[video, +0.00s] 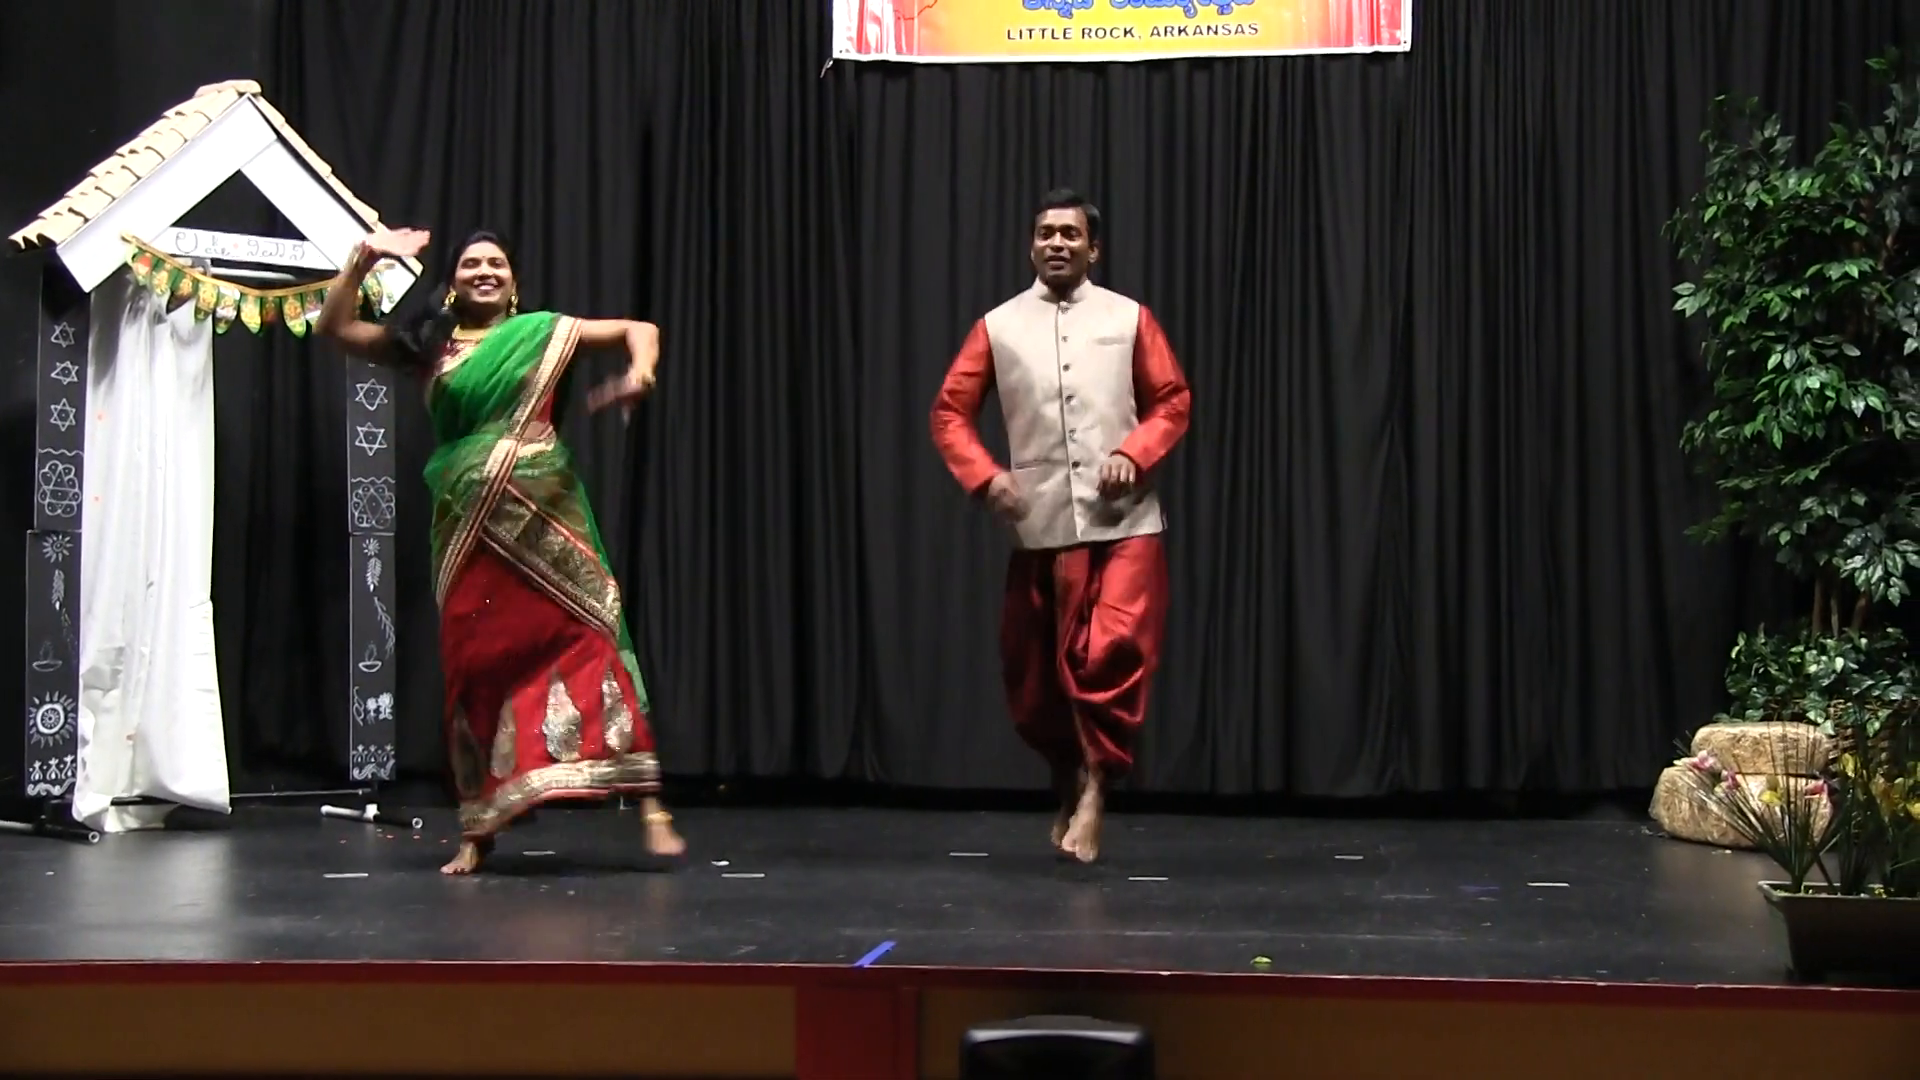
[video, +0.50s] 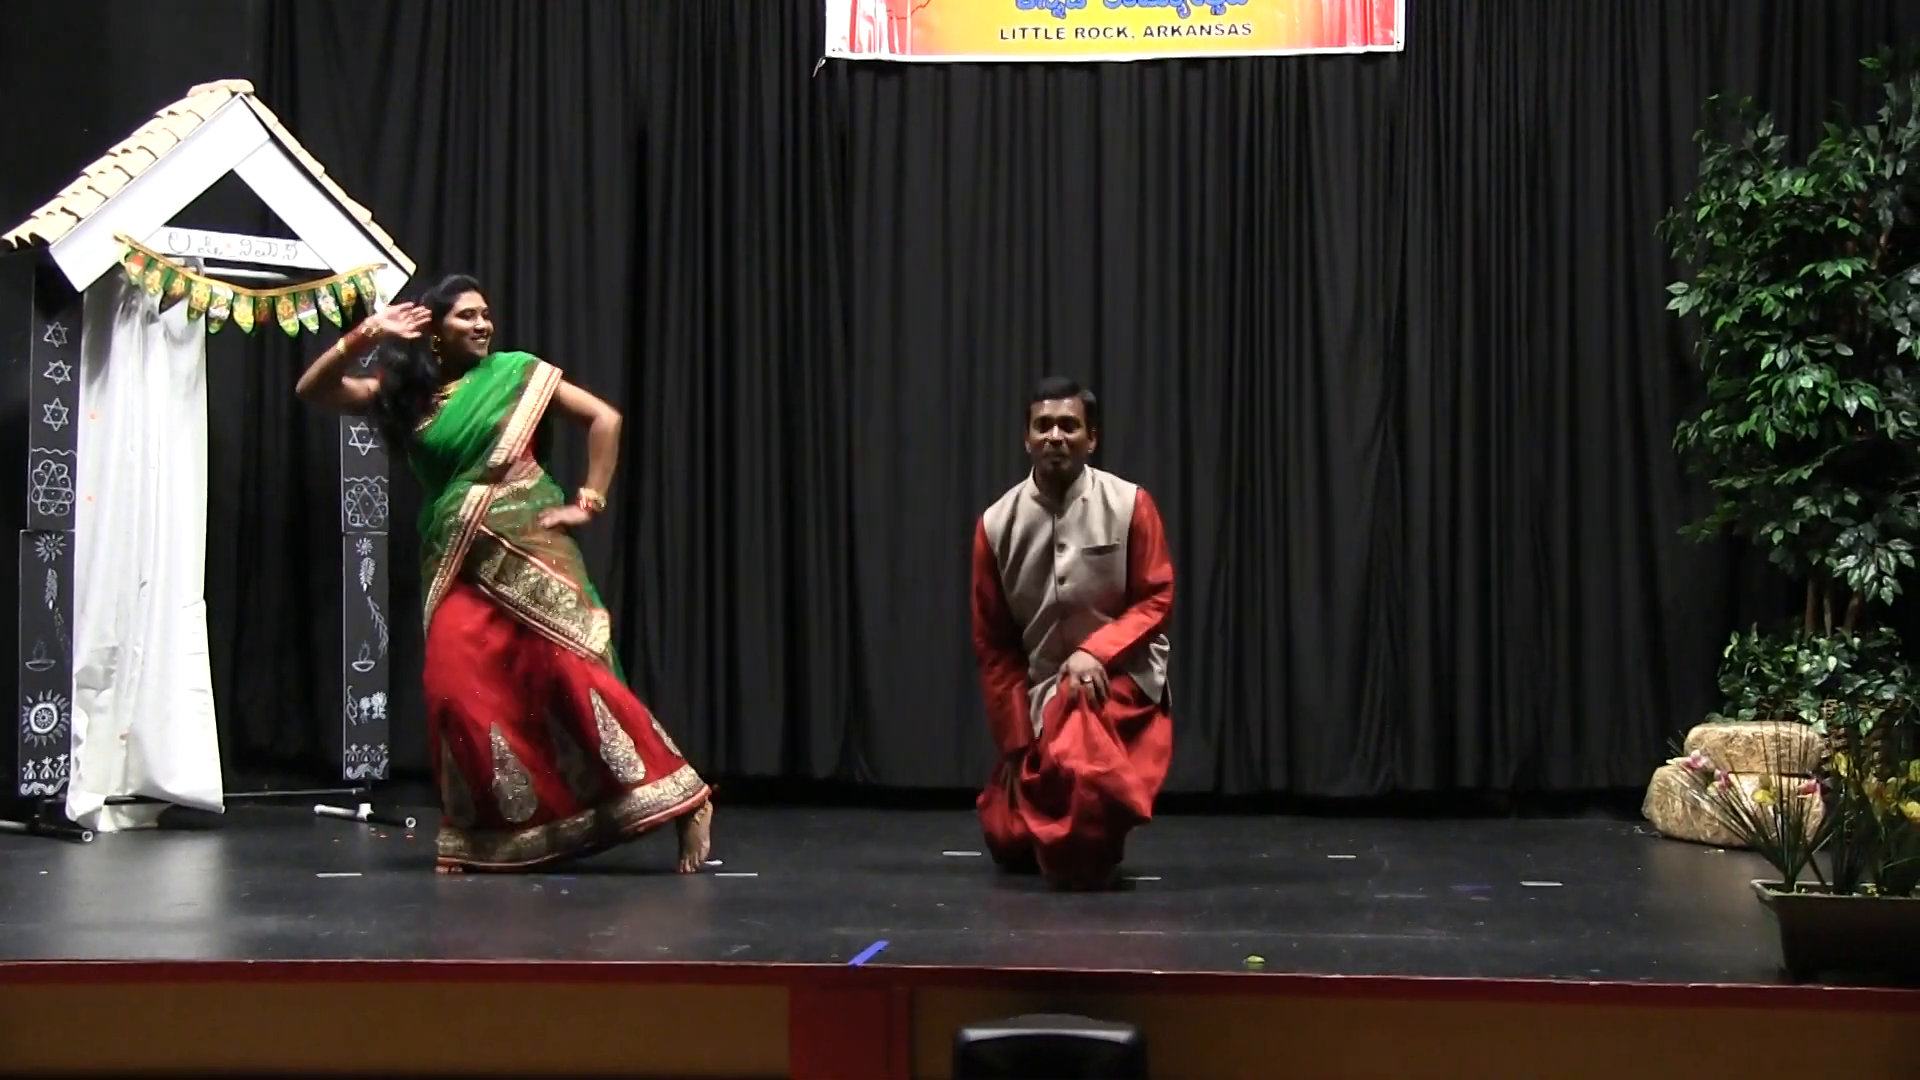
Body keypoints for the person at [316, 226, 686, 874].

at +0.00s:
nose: (484, 272)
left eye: (495, 264)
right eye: (471, 264)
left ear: (514, 281)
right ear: (450, 282)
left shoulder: (543, 329)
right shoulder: (430, 344)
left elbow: (641, 329)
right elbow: (335, 328)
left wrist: (639, 370)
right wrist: (361, 258)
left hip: (551, 510)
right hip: (468, 519)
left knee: (605, 643)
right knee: (467, 667)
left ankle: (652, 809)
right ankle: (475, 834)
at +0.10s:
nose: (480, 289)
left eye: (490, 281)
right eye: (467, 281)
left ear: (504, 294)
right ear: (442, 297)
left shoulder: (534, 346)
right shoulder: (418, 363)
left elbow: (634, 368)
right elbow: (321, 368)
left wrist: (634, 438)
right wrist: (362, 301)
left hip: (542, 527)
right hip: (461, 536)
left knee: (602, 657)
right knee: (461, 675)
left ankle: (682, 802)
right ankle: (472, 837)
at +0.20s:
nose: (484, 307)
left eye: (491, 298)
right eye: (470, 298)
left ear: (501, 310)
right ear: (439, 311)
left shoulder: (527, 362)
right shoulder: (413, 379)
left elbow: (619, 400)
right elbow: (314, 376)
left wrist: (610, 476)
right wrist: (361, 320)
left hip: (548, 537)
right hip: (471, 548)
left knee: (598, 673)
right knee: (462, 681)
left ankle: (681, 813)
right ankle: (471, 837)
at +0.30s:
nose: (486, 319)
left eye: (490, 311)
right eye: (472, 310)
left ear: (496, 320)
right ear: (437, 322)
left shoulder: (517, 369)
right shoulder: (408, 385)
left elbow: (611, 398)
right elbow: (317, 361)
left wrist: (595, 467)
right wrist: (372, 313)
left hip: (551, 533)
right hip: (476, 551)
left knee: (603, 663)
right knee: (469, 685)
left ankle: (682, 802)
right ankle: (480, 835)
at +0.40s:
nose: (484, 322)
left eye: (488, 313)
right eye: (470, 314)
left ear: (494, 320)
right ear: (437, 325)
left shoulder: (515, 370)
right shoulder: (407, 387)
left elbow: (609, 397)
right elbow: (317, 363)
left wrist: (585, 470)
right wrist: (375, 314)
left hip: (542, 536)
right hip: (470, 552)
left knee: (591, 664)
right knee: (464, 688)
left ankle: (683, 800)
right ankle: (470, 834)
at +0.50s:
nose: (483, 324)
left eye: (486, 315)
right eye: (468, 316)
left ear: (491, 321)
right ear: (433, 327)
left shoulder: (516, 372)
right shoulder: (407, 392)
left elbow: (604, 418)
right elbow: (312, 391)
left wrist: (589, 500)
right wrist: (359, 338)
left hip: (536, 548)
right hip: (461, 560)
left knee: (570, 673)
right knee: (448, 685)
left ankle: (687, 800)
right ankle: (478, 833)